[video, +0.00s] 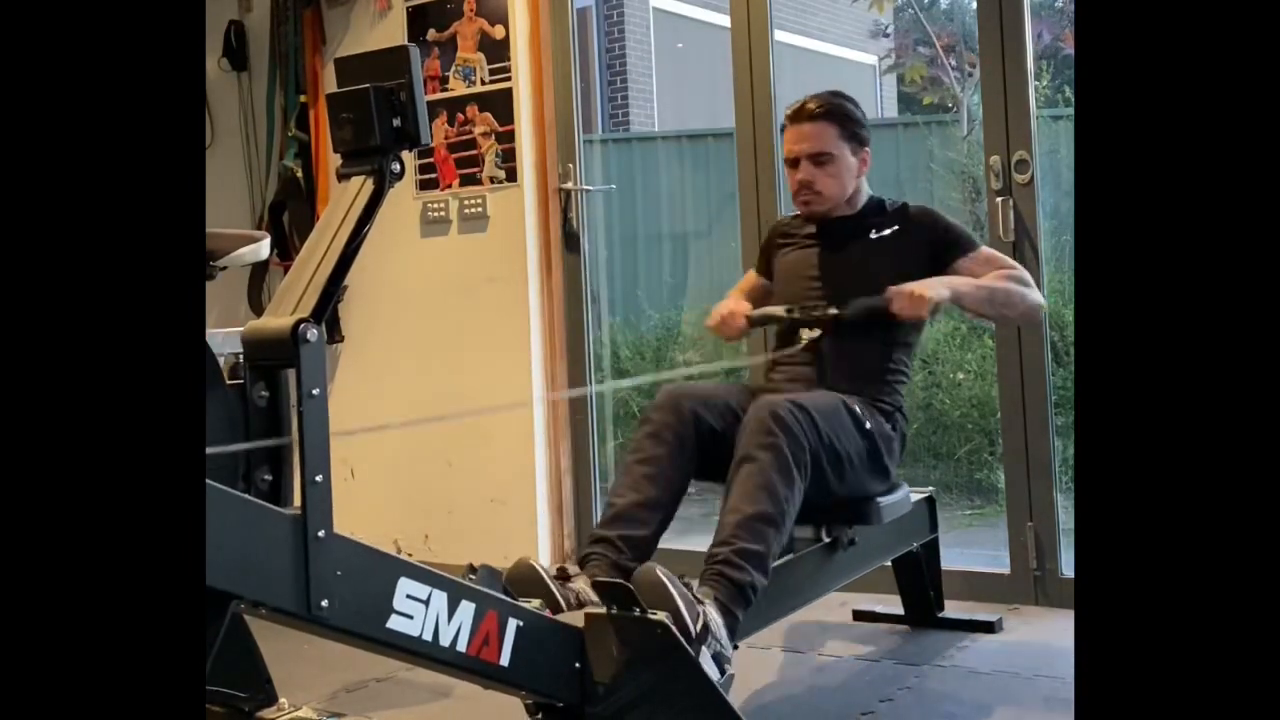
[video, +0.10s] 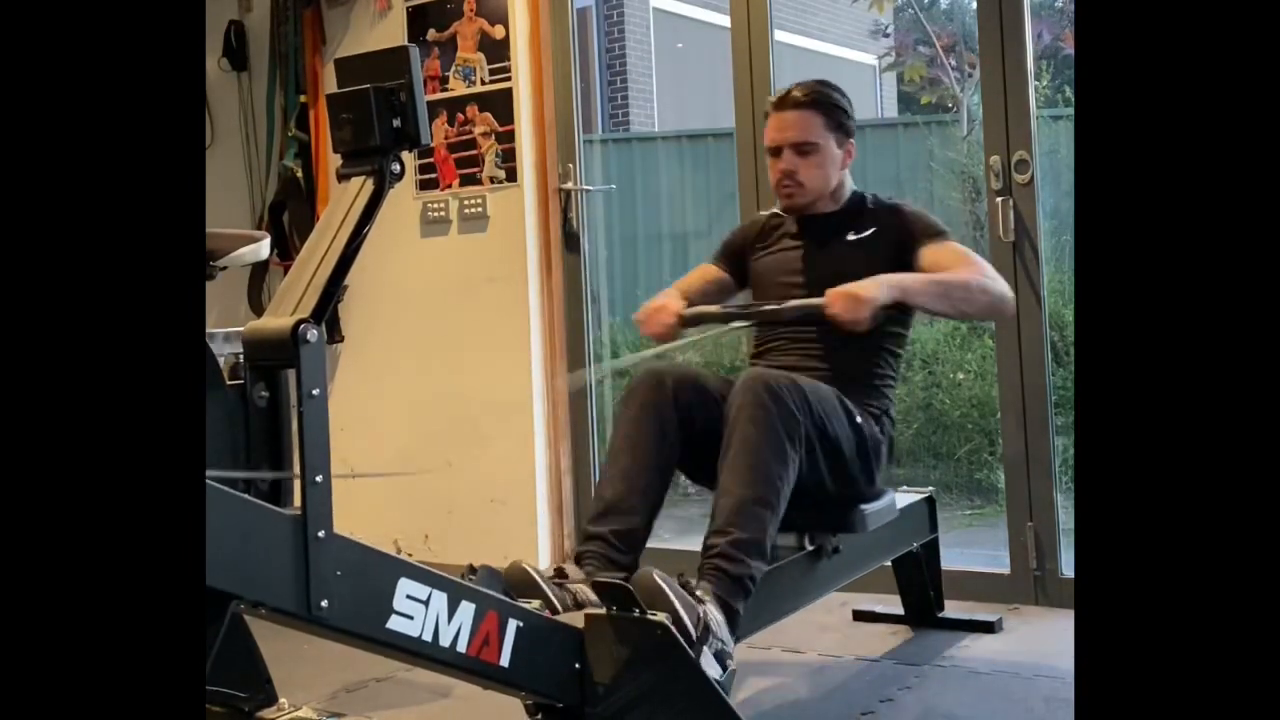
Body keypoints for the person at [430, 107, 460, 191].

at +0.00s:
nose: (446, 118)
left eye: (446, 115)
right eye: (444, 115)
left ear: (444, 116)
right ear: (440, 116)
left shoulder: (444, 125)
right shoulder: (437, 123)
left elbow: (453, 132)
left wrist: (457, 122)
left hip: (443, 147)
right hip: (439, 147)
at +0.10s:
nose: (446, 118)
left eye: (446, 115)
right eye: (444, 115)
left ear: (444, 116)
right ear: (440, 116)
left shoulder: (444, 125)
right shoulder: (437, 124)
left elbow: (453, 132)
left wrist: (457, 122)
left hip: (443, 147)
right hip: (439, 147)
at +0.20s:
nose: (446, 118)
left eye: (446, 115)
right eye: (444, 115)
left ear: (444, 116)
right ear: (440, 116)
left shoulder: (444, 125)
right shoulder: (437, 124)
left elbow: (453, 132)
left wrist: (457, 122)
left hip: (443, 147)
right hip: (439, 147)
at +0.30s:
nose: (446, 118)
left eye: (446, 115)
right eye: (444, 116)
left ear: (444, 116)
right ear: (440, 116)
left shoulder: (444, 125)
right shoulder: (437, 124)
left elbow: (453, 132)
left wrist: (457, 122)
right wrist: (442, 150)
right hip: (439, 148)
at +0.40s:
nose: (446, 118)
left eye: (446, 115)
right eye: (444, 115)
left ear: (444, 116)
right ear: (440, 115)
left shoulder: (444, 125)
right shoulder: (437, 124)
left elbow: (453, 132)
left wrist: (457, 122)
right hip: (439, 148)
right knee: (454, 177)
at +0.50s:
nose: (446, 118)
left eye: (446, 115)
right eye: (445, 115)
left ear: (443, 116)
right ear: (441, 115)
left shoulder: (443, 125)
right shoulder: (437, 124)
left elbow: (453, 132)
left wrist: (457, 122)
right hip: (439, 148)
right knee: (454, 177)